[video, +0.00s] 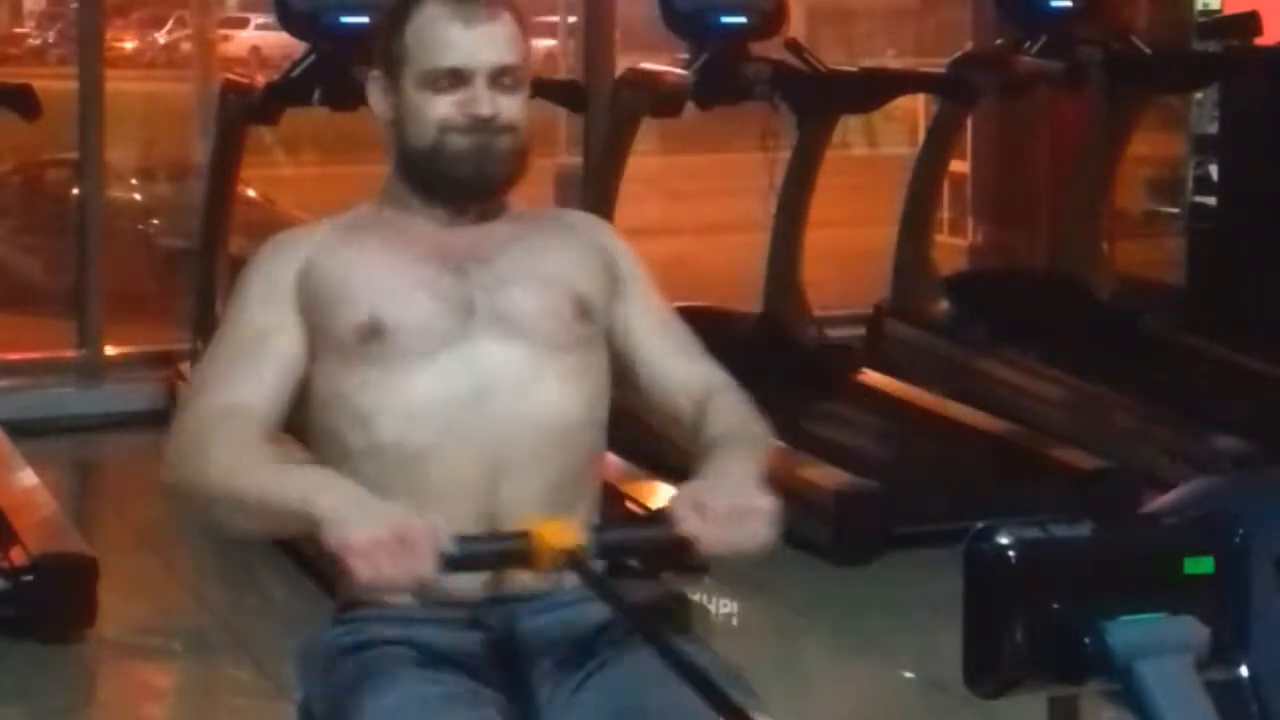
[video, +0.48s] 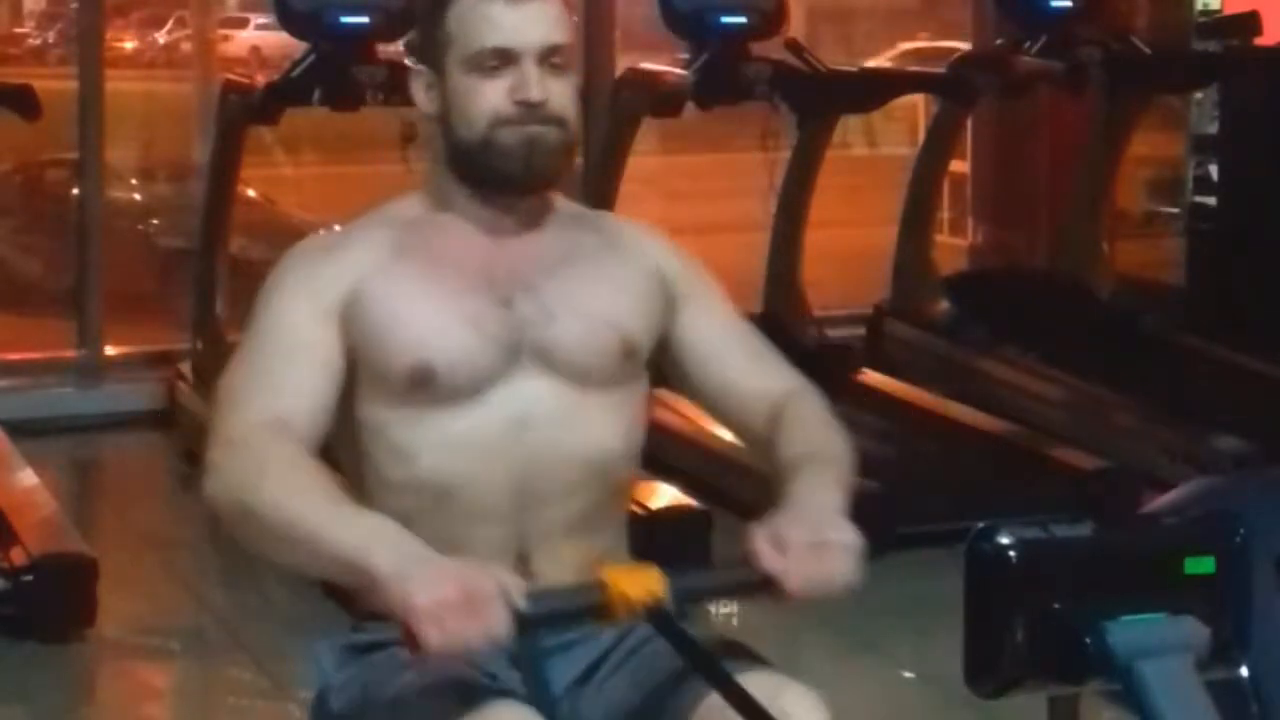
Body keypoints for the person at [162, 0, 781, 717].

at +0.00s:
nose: (485, 107)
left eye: (506, 83)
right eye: (449, 83)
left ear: (529, 98)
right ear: (383, 98)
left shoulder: (587, 251)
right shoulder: (305, 264)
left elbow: (713, 404)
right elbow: (205, 448)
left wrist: (733, 472)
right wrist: (337, 501)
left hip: (587, 621)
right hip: (400, 632)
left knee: (703, 706)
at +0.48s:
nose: (533, 89)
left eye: (554, 64)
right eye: (494, 65)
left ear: (579, 85)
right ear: (426, 89)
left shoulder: (639, 261)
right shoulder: (334, 272)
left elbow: (786, 405)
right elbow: (246, 462)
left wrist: (815, 498)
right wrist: (405, 567)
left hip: (611, 630)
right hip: (418, 640)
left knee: (791, 711)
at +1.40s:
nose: (568, 90)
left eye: (592, 62)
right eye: (526, 65)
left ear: (622, 84)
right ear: (459, 89)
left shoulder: (697, 266)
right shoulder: (374, 273)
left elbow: (823, 418)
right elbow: (385, 451)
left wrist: (908, 567)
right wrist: (497, 613)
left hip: (641, 635)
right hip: (429, 641)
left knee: (842, 679)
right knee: (509, 697)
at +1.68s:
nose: (486, 141)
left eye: (512, 113)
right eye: (452, 114)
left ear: (540, 109)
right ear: (400, 106)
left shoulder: (599, 251)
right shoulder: (314, 264)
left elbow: (729, 399)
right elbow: (220, 446)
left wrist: (748, 475)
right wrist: (357, 519)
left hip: (590, 614)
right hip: (404, 627)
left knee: (701, 712)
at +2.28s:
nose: (571, 117)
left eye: (595, 88)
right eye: (534, 88)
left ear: (622, 99)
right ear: (462, 96)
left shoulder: (678, 275)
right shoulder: (359, 283)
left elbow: (824, 420)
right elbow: (306, 477)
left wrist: (873, 551)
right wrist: (447, 612)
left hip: (624, 647)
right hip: (419, 654)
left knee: (827, 689)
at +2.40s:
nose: (611, 129)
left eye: (634, 96)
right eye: (569, 97)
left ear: (659, 109)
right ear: (492, 114)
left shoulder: (723, 295)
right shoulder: (383, 304)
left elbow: (873, 448)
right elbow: (361, 505)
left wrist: (935, 622)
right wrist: (498, 680)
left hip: (641, 647)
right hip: (439, 658)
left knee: (809, 692)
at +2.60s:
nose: (688, 173)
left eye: (710, 137)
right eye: (641, 141)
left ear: (736, 154)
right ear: (560, 167)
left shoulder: (803, 352)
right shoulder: (439, 367)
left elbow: (946, 526)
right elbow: (481, 589)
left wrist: (1065, 691)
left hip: (674, 670)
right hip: (479, 677)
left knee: (847, 678)